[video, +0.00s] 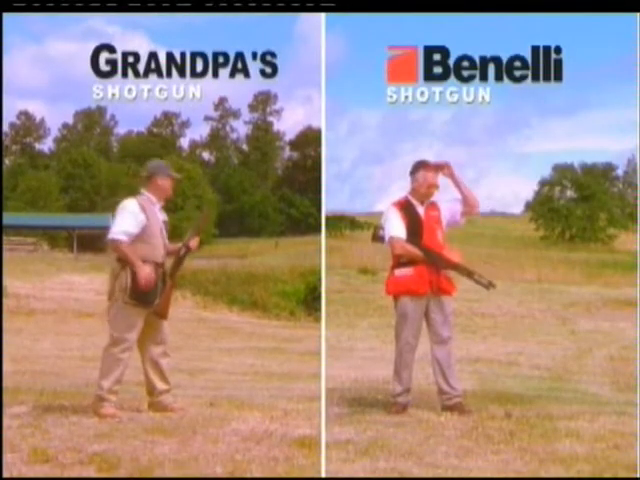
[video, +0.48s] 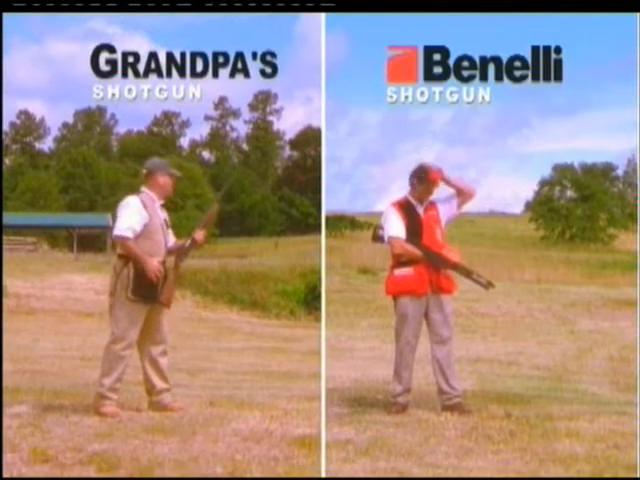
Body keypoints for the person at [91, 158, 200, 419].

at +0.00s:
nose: (172, 186)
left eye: (172, 181)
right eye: (169, 181)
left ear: (160, 183)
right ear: (155, 180)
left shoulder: (158, 213)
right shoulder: (132, 207)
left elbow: (159, 249)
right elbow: (116, 239)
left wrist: (183, 247)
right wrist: (138, 265)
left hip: (155, 273)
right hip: (132, 273)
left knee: (156, 341)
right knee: (122, 340)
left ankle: (160, 397)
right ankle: (106, 398)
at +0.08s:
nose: (177, 188)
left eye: (177, 183)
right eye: (173, 182)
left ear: (164, 184)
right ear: (160, 182)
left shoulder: (161, 213)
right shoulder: (137, 207)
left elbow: (159, 250)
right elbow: (120, 239)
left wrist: (184, 250)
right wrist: (138, 268)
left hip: (156, 274)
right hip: (133, 273)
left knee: (156, 341)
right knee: (122, 339)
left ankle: (160, 397)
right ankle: (105, 398)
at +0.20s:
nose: (181, 188)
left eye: (182, 183)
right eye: (178, 182)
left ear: (168, 184)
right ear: (164, 182)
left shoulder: (163, 213)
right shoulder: (141, 206)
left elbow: (162, 250)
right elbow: (123, 238)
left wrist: (187, 250)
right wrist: (140, 267)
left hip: (157, 273)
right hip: (134, 272)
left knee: (156, 340)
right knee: (123, 339)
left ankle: (160, 396)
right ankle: (106, 397)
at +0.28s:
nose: (182, 188)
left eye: (182, 183)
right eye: (178, 182)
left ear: (168, 184)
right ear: (164, 181)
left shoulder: (165, 212)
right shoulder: (142, 205)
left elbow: (167, 250)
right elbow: (123, 237)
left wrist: (191, 245)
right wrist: (141, 263)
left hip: (157, 273)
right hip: (134, 272)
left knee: (155, 341)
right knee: (122, 338)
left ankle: (160, 396)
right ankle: (106, 397)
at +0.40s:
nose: (178, 186)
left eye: (178, 181)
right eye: (175, 180)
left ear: (166, 182)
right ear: (161, 180)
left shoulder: (164, 212)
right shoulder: (139, 204)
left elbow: (171, 248)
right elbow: (122, 237)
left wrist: (193, 243)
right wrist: (143, 261)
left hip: (157, 274)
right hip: (133, 273)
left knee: (155, 340)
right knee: (122, 338)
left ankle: (160, 396)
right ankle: (106, 397)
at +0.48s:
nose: (172, 184)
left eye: (172, 179)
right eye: (169, 179)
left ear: (161, 180)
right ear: (156, 179)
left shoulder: (160, 212)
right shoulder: (134, 204)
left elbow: (168, 247)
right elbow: (121, 238)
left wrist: (190, 243)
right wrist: (145, 261)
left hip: (154, 276)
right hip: (131, 276)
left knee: (155, 341)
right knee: (123, 339)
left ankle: (160, 396)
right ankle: (106, 397)